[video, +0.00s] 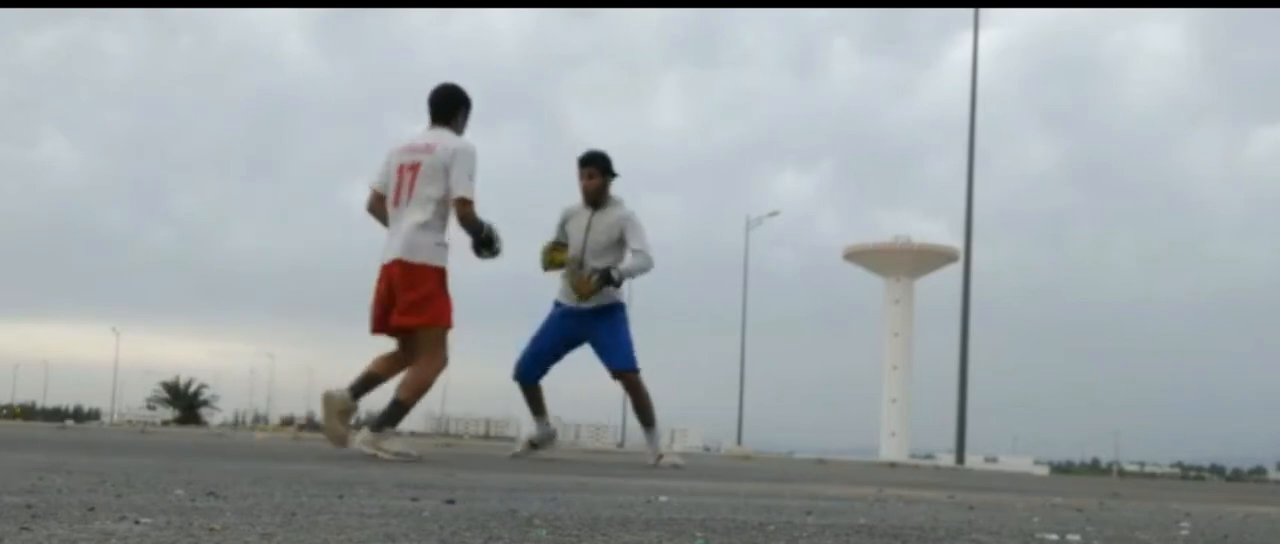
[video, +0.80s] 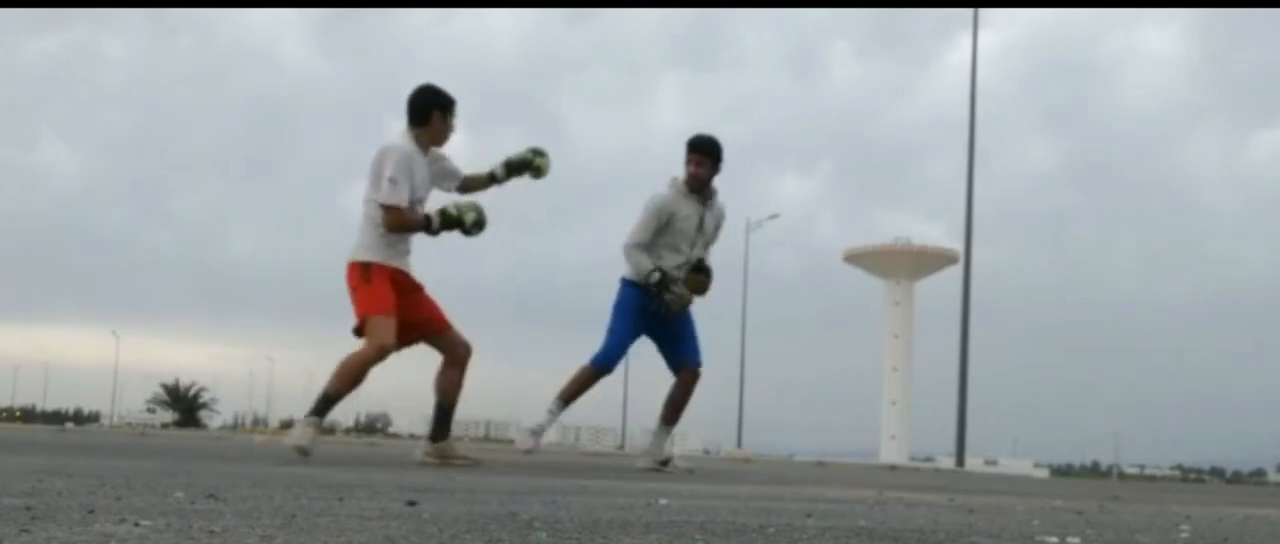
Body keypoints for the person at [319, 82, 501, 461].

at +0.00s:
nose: (467, 121)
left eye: (466, 115)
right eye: (467, 115)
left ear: (430, 113)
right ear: (461, 114)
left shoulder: (402, 149)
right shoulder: (459, 148)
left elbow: (375, 204)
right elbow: (464, 209)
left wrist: (407, 229)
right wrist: (482, 234)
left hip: (393, 262)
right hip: (424, 265)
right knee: (433, 358)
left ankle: (347, 398)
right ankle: (379, 431)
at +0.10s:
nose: (492, 133)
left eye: (492, 127)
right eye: (492, 126)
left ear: (458, 122)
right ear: (486, 125)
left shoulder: (430, 156)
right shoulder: (480, 156)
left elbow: (399, 207)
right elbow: (492, 220)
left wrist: (449, 231)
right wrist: (508, 202)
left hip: (410, 265)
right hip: (433, 267)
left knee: (462, 341)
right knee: (458, 354)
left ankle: (434, 422)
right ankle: (392, 421)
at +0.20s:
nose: (499, 152)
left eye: (498, 145)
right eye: (498, 146)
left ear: (466, 143)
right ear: (491, 145)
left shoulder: (436, 179)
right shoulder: (495, 179)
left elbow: (425, 231)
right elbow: (526, 209)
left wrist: (475, 251)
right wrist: (522, 177)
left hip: (438, 285)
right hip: (458, 287)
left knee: (501, 358)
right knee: (471, 374)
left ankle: (519, 439)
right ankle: (387, 414)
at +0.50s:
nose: (475, 134)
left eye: (474, 126)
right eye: (472, 126)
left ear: (440, 128)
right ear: (459, 128)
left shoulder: (422, 167)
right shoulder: (456, 170)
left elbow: (403, 219)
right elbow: (492, 229)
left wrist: (457, 240)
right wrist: (516, 209)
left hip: (454, 276)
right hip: (449, 277)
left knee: (497, 355)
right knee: (459, 366)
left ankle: (525, 433)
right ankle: (379, 426)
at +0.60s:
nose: (482, 128)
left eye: (481, 120)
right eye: (479, 120)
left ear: (449, 120)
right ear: (465, 121)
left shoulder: (427, 157)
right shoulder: (444, 160)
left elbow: (395, 200)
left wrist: (457, 215)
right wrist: (472, 231)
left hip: (432, 271)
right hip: (415, 271)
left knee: (492, 341)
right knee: (438, 350)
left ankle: (477, 432)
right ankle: (370, 426)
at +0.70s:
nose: (478, 129)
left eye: (477, 121)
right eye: (475, 120)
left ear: (449, 120)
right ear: (460, 121)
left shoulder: (437, 157)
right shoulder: (429, 155)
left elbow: (433, 198)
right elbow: (406, 217)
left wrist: (476, 188)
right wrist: (451, 230)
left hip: (412, 266)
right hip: (387, 261)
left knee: (468, 348)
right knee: (415, 333)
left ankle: (439, 437)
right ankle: (363, 417)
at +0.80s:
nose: (452, 129)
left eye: (452, 120)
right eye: (449, 120)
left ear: (429, 119)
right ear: (432, 118)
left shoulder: (429, 160)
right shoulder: (397, 155)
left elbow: (462, 184)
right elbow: (393, 220)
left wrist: (503, 173)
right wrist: (441, 220)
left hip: (397, 272)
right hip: (370, 266)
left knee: (458, 350)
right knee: (380, 341)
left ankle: (439, 442)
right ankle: (311, 421)